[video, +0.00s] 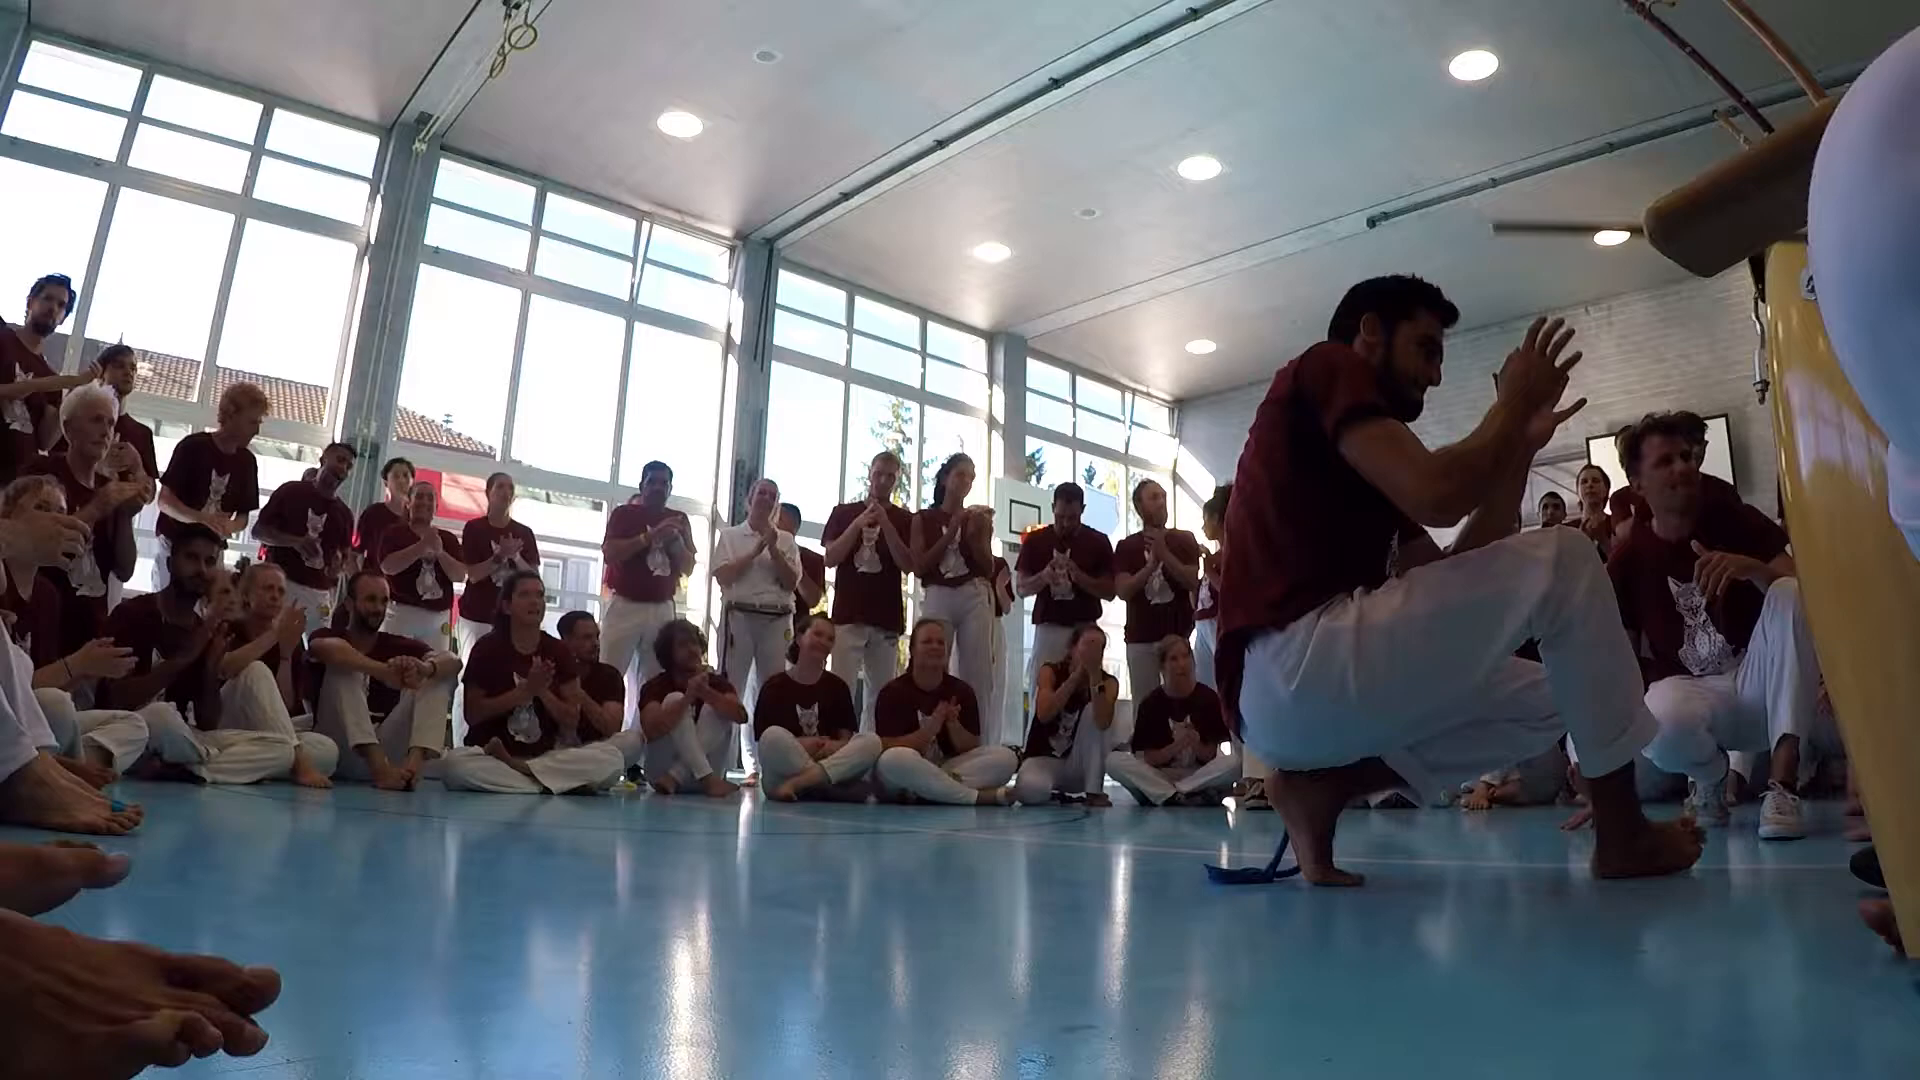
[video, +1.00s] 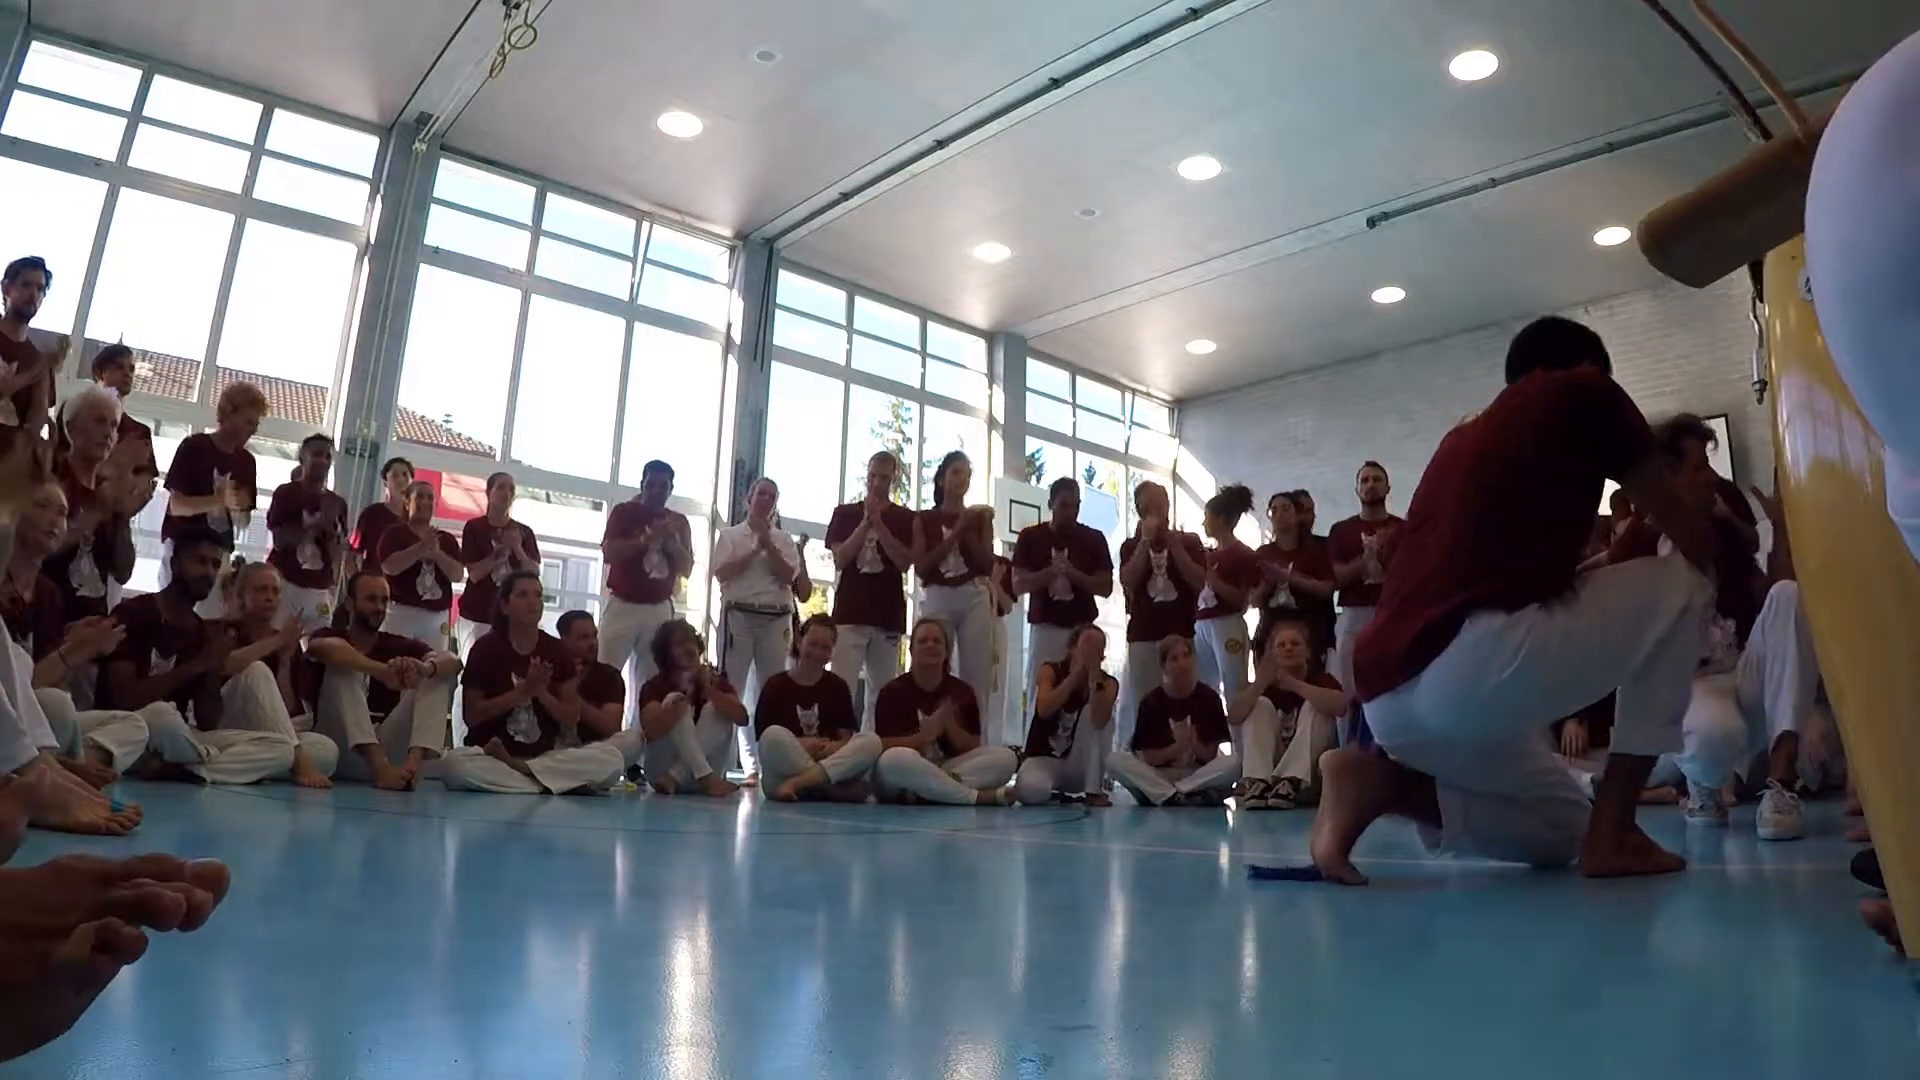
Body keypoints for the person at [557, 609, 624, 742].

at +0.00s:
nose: (596, 643)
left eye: (597, 636)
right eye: (587, 637)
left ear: (600, 636)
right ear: (566, 641)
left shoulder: (609, 675)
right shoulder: (549, 674)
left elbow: (611, 728)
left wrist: (577, 693)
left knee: (633, 739)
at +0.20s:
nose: (595, 643)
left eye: (596, 637)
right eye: (587, 637)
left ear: (600, 636)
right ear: (566, 641)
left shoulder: (610, 675)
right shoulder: (549, 674)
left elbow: (611, 727)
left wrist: (575, 693)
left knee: (632, 739)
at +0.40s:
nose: (595, 643)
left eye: (597, 637)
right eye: (587, 638)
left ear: (600, 637)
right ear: (565, 641)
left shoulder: (609, 675)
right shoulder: (549, 674)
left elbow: (611, 727)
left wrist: (578, 691)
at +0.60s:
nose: (594, 643)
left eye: (595, 636)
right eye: (585, 637)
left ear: (598, 635)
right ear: (565, 641)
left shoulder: (609, 675)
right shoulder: (548, 674)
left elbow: (611, 727)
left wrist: (580, 690)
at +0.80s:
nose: (593, 643)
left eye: (595, 636)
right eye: (584, 637)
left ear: (598, 636)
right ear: (564, 641)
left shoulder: (609, 675)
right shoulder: (549, 675)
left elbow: (610, 726)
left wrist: (581, 690)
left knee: (632, 741)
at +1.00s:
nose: (593, 643)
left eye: (595, 635)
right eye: (585, 637)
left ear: (598, 635)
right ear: (564, 640)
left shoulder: (609, 675)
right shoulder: (548, 673)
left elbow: (610, 727)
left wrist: (572, 699)